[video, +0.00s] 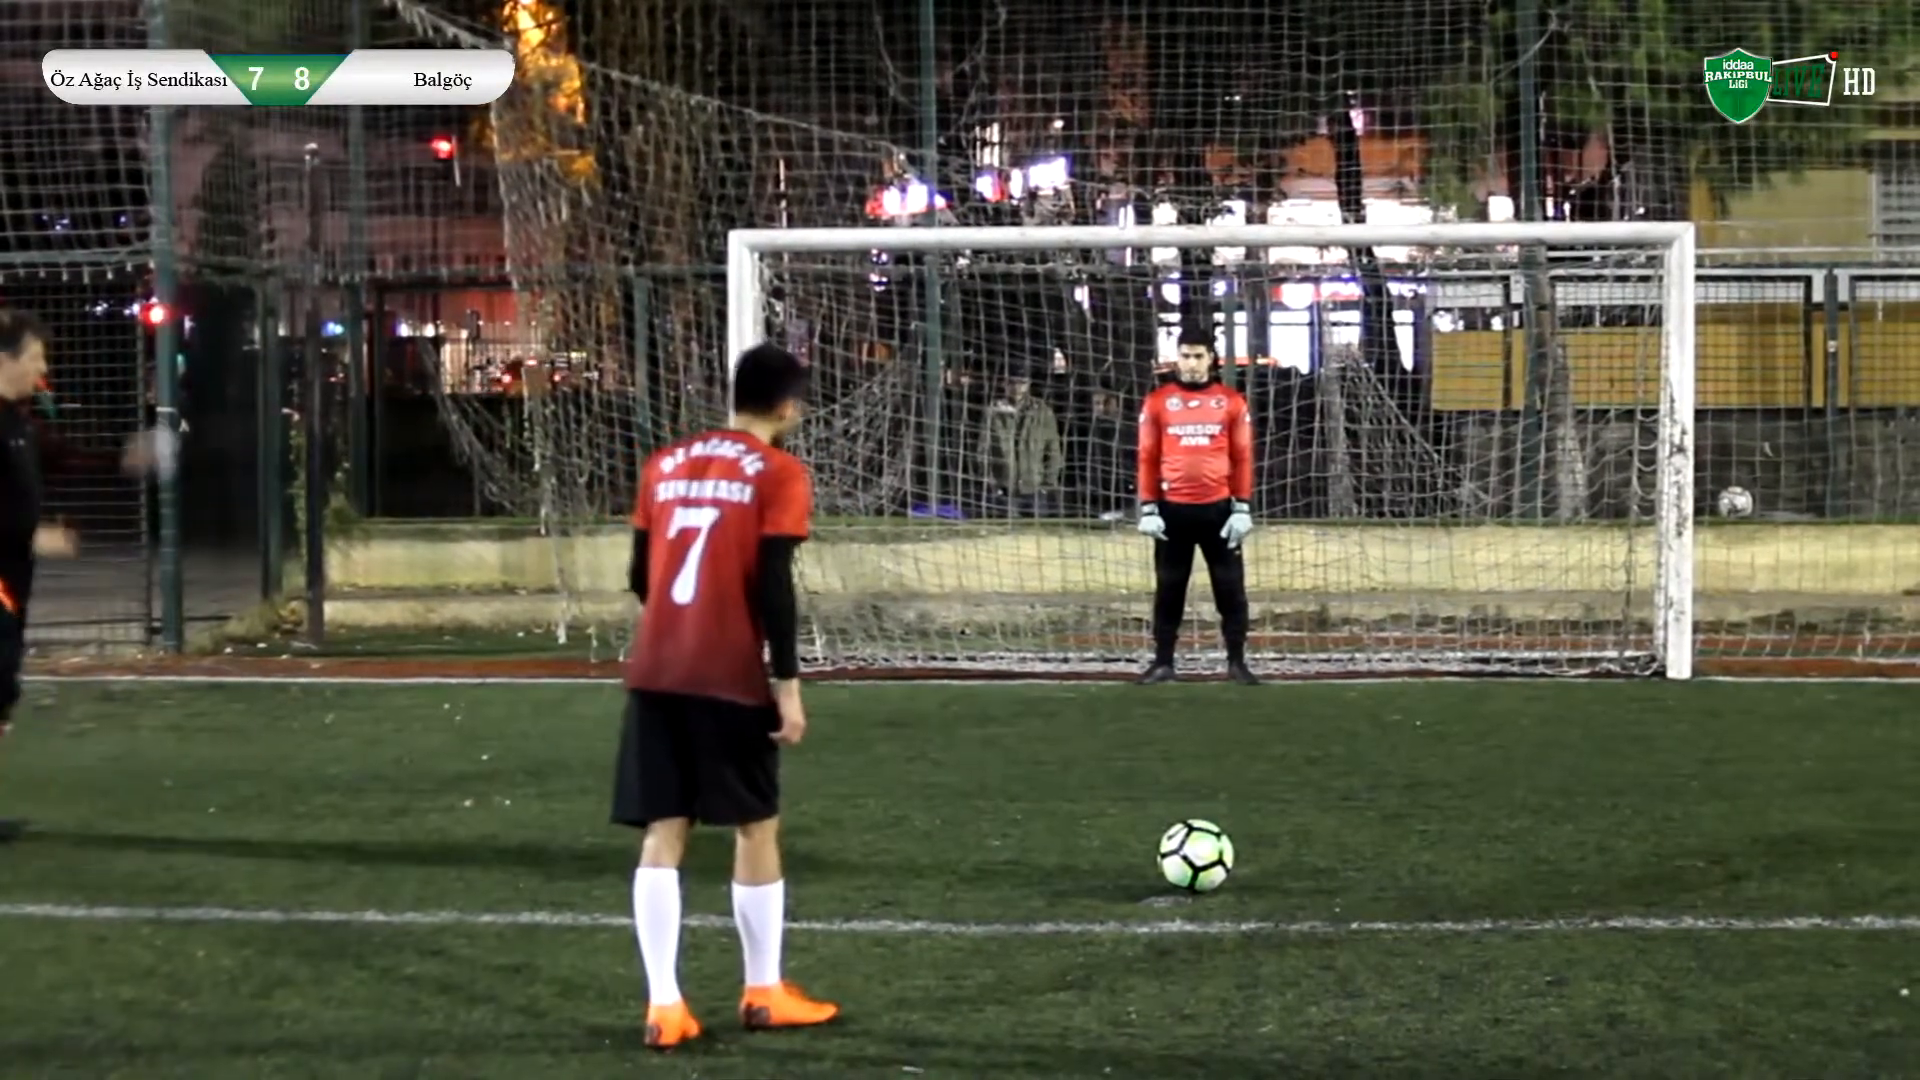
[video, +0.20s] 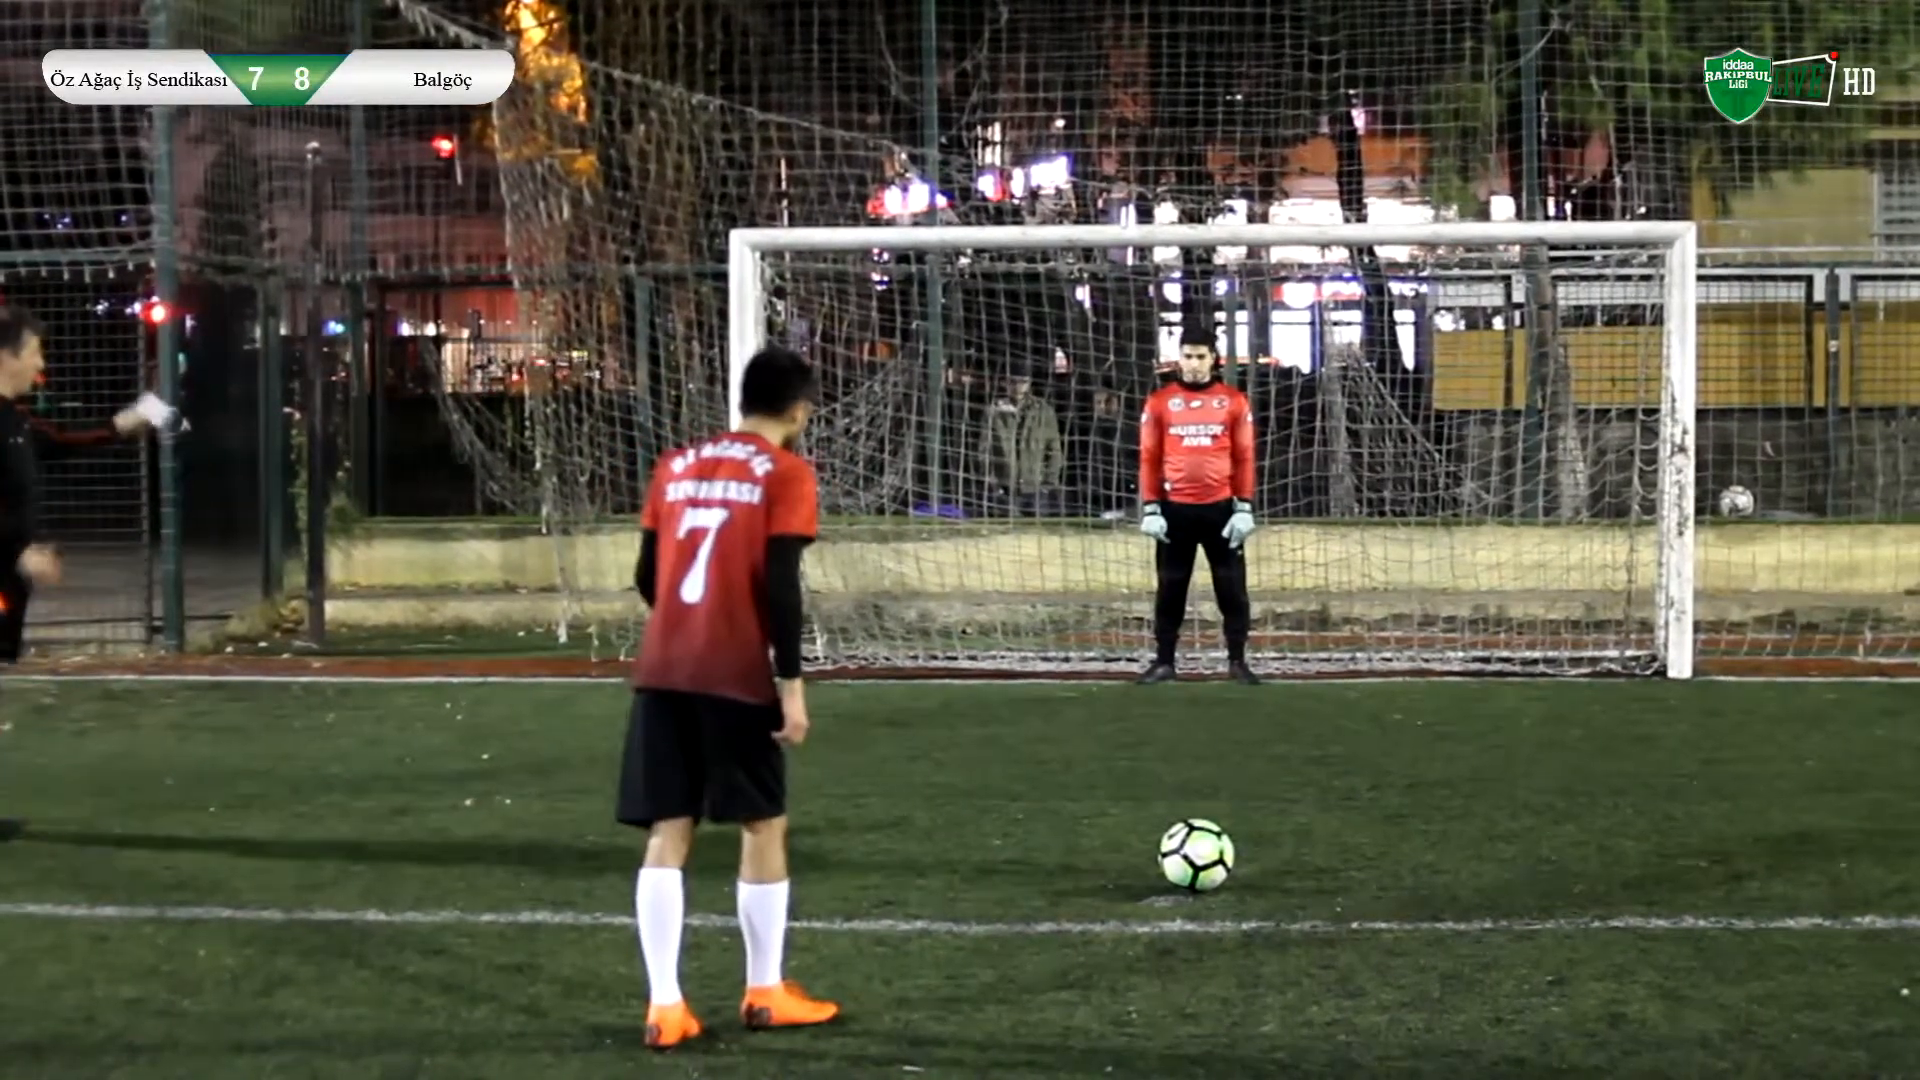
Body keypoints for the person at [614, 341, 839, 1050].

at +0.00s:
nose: (799, 415)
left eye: (797, 403)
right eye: (798, 404)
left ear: (735, 396)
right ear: (785, 406)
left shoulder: (666, 462)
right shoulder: (781, 473)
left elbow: (641, 577)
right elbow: (772, 578)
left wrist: (693, 625)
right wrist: (788, 679)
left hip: (655, 670)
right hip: (732, 675)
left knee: (663, 828)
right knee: (757, 826)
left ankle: (663, 1002)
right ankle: (765, 987)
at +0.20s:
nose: (807, 421)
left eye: (805, 409)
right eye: (807, 410)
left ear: (743, 401)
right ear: (795, 411)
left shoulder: (678, 462)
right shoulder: (789, 474)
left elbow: (647, 576)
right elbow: (779, 577)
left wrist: (693, 631)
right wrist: (792, 679)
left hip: (663, 671)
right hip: (738, 675)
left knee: (668, 828)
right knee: (765, 825)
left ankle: (664, 1002)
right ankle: (766, 987)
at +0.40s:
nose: (812, 425)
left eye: (811, 414)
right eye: (813, 415)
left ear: (749, 406)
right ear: (803, 416)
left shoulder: (686, 469)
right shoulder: (794, 478)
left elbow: (648, 578)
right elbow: (782, 581)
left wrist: (682, 645)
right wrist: (795, 684)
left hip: (669, 676)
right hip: (743, 679)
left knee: (671, 830)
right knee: (783, 818)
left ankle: (661, 1003)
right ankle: (768, 980)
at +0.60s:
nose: (828, 430)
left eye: (828, 419)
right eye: (829, 419)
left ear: (766, 411)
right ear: (817, 420)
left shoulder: (701, 473)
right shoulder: (808, 481)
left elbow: (658, 577)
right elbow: (791, 570)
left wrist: (699, 636)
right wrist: (798, 678)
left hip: (684, 680)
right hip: (756, 680)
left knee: (681, 829)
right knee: (814, 801)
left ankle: (664, 1002)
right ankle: (787, 958)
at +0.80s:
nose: (849, 449)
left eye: (847, 439)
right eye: (848, 438)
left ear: (784, 431)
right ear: (837, 436)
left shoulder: (726, 488)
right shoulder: (831, 491)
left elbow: (687, 591)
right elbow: (803, 574)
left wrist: (731, 638)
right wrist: (803, 676)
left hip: (706, 686)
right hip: (775, 687)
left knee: (693, 831)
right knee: (846, 792)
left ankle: (664, 1002)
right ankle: (840, 957)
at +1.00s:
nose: (882, 474)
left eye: (882, 464)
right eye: (881, 464)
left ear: (821, 458)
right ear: (868, 462)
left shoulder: (768, 511)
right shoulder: (862, 511)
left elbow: (748, 600)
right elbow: (842, 588)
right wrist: (833, 672)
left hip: (740, 695)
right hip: (807, 693)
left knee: (712, 832)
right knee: (889, 791)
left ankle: (671, 992)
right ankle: (891, 950)